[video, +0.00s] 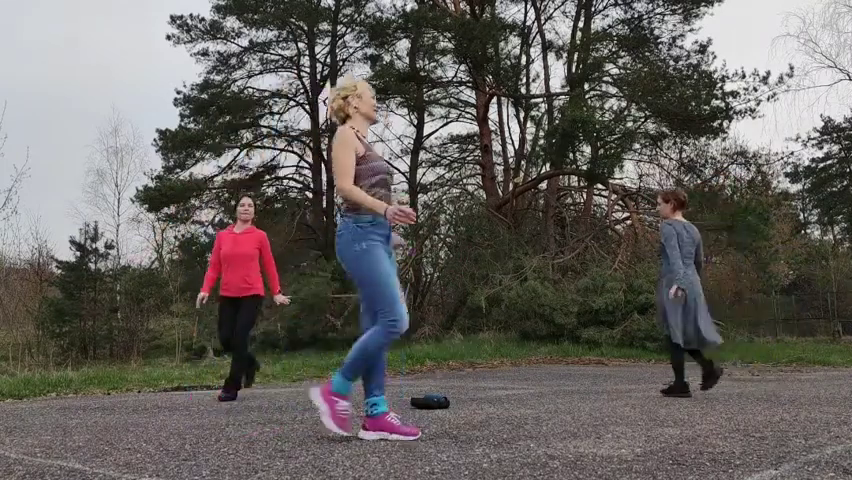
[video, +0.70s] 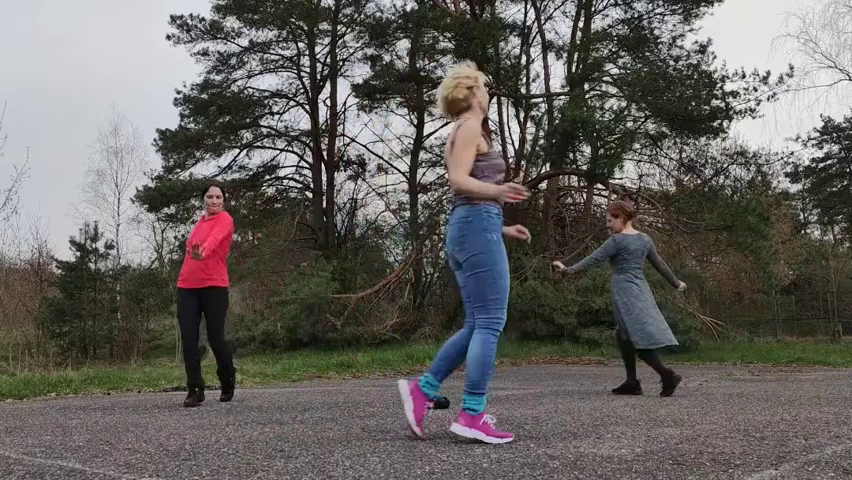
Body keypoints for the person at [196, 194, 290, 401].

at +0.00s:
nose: (246, 208)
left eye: (249, 206)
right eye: (242, 205)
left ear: (254, 211)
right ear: (236, 210)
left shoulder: (259, 235)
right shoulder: (223, 235)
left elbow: (269, 264)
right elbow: (214, 265)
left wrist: (276, 292)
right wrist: (205, 289)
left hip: (251, 294)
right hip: (228, 294)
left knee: (239, 338)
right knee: (226, 340)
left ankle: (231, 388)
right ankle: (250, 364)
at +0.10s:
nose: (240, 206)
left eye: (244, 203)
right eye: (237, 202)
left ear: (249, 208)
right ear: (230, 207)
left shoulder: (256, 232)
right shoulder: (219, 234)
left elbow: (265, 261)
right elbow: (212, 265)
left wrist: (271, 289)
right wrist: (205, 294)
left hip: (247, 292)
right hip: (222, 292)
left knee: (238, 337)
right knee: (221, 341)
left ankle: (232, 387)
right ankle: (234, 373)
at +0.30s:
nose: (231, 208)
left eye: (234, 205)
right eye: (227, 205)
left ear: (240, 209)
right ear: (222, 209)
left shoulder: (248, 234)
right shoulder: (213, 234)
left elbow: (251, 262)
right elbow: (208, 262)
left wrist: (249, 286)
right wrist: (206, 286)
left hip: (238, 294)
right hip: (214, 293)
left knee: (234, 341)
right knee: (206, 337)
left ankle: (231, 388)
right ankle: (203, 384)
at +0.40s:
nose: (226, 203)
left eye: (229, 200)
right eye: (222, 200)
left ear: (236, 203)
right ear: (217, 204)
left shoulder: (242, 224)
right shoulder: (212, 225)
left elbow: (241, 246)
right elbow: (209, 251)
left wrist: (234, 261)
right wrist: (207, 275)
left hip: (233, 285)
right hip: (207, 284)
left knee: (230, 336)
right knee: (202, 331)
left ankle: (228, 385)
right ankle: (194, 379)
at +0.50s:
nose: (222, 198)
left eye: (226, 194)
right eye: (218, 195)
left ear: (231, 197)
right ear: (212, 199)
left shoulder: (237, 217)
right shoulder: (208, 221)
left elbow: (230, 235)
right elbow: (204, 242)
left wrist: (218, 244)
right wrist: (208, 245)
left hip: (227, 280)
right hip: (202, 279)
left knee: (227, 334)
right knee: (198, 328)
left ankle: (228, 382)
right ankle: (190, 375)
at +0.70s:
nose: (213, 200)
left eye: (217, 197)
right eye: (209, 197)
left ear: (223, 200)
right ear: (204, 200)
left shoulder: (226, 220)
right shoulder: (200, 222)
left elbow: (217, 237)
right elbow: (191, 245)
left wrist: (203, 250)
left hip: (213, 286)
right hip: (187, 286)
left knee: (215, 339)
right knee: (189, 340)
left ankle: (227, 382)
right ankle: (195, 389)